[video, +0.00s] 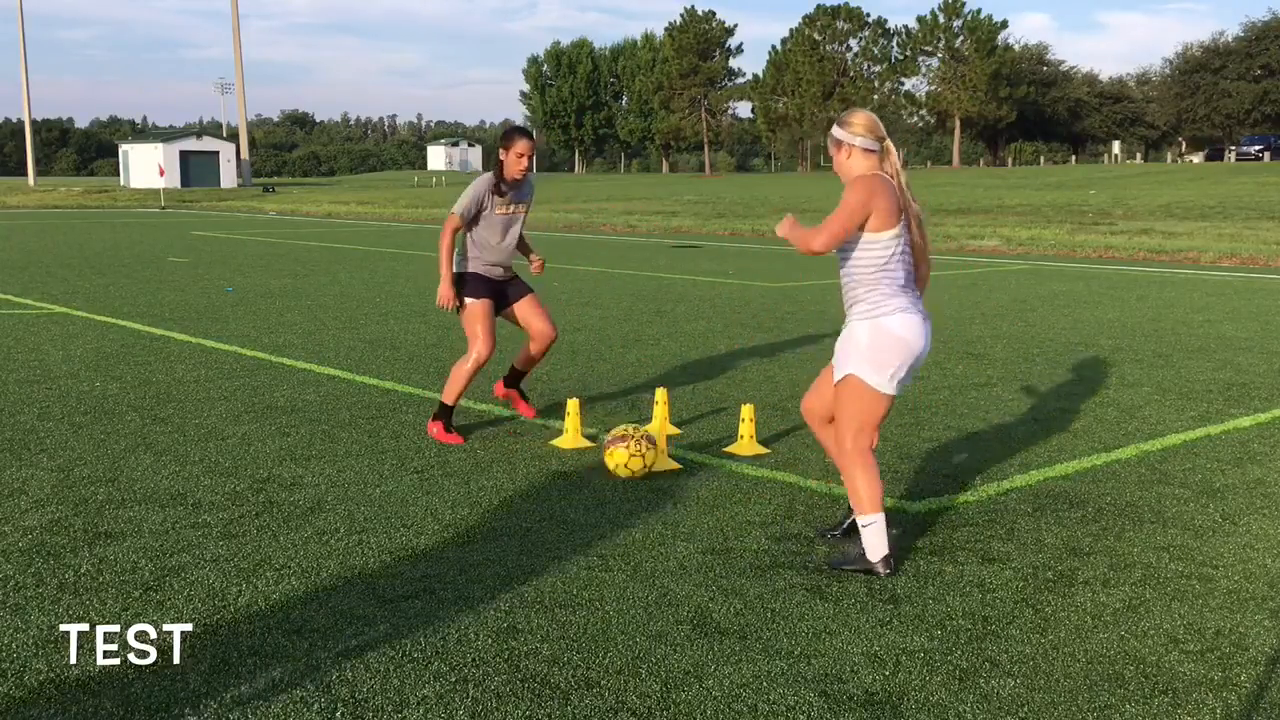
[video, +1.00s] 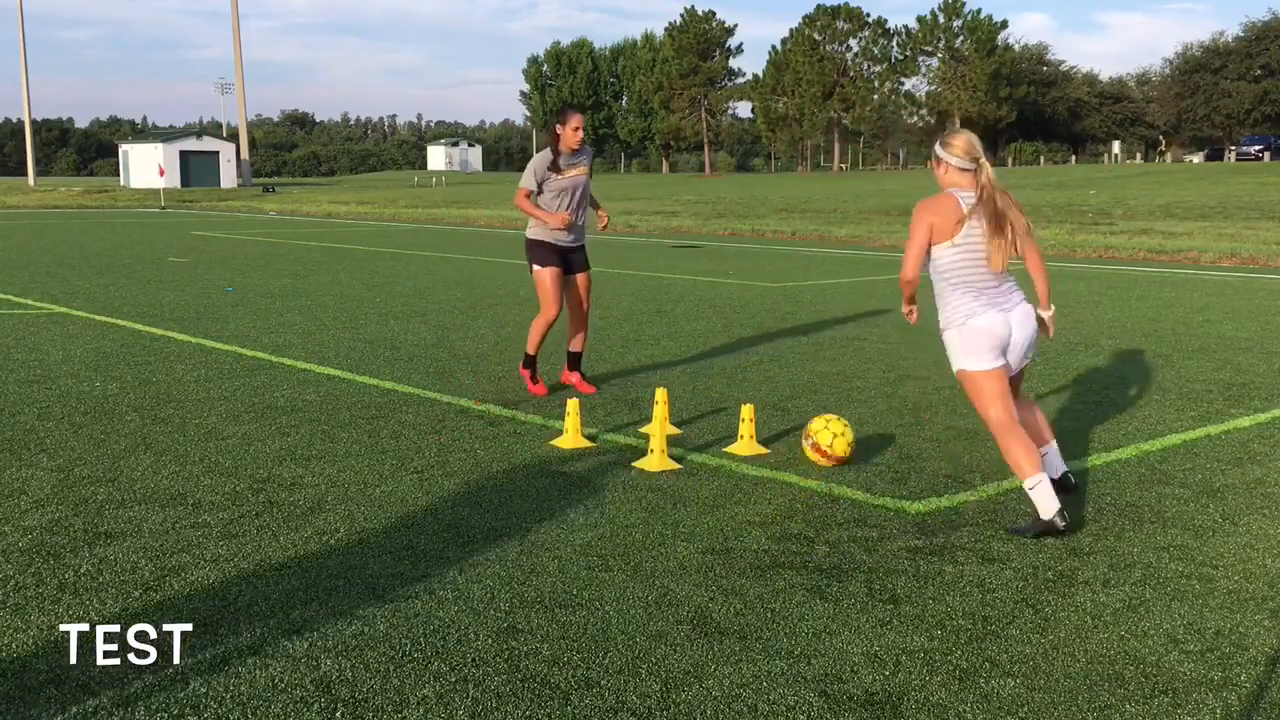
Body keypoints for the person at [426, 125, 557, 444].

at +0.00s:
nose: (526, 163)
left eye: (530, 157)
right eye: (520, 156)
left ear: (532, 159)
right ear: (502, 155)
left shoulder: (526, 189)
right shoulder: (482, 187)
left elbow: (512, 230)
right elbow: (449, 229)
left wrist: (531, 255)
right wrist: (446, 280)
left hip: (506, 277)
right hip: (474, 275)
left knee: (545, 334)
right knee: (481, 348)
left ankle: (509, 385)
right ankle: (440, 419)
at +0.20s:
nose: (536, 152)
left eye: (539, 146)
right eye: (530, 146)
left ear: (541, 148)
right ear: (514, 146)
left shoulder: (544, 181)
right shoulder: (493, 180)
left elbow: (541, 218)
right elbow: (471, 223)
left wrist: (555, 242)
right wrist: (485, 256)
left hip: (520, 269)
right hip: (486, 266)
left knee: (540, 339)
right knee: (477, 338)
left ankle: (510, 398)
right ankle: (448, 414)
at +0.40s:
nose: (543, 130)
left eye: (546, 124)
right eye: (537, 124)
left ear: (547, 127)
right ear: (521, 125)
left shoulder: (547, 157)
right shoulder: (503, 158)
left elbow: (541, 196)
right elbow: (483, 203)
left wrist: (550, 220)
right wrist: (521, 221)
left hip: (533, 248)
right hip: (500, 244)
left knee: (535, 323)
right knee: (506, 318)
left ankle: (515, 392)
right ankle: (479, 385)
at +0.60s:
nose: (550, 146)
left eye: (553, 140)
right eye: (544, 140)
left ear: (554, 143)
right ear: (527, 141)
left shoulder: (552, 174)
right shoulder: (510, 173)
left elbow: (544, 216)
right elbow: (486, 215)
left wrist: (560, 236)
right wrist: (520, 238)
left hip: (542, 261)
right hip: (510, 261)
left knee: (572, 319)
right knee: (515, 334)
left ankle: (548, 368)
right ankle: (484, 393)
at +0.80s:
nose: (570, 149)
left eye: (572, 144)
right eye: (564, 144)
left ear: (574, 145)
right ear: (548, 146)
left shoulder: (579, 175)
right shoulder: (532, 179)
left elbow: (580, 208)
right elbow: (511, 216)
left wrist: (590, 230)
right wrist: (527, 242)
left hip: (565, 263)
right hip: (533, 261)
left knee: (581, 324)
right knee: (526, 327)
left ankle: (568, 376)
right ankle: (489, 391)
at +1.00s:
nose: (581, 135)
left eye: (583, 129)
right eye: (576, 129)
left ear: (583, 132)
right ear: (559, 130)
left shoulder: (585, 155)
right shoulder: (542, 160)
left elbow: (581, 189)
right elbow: (520, 199)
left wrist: (598, 209)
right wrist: (549, 217)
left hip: (574, 242)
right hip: (544, 241)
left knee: (580, 309)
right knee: (551, 309)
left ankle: (572, 371)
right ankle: (527, 366)